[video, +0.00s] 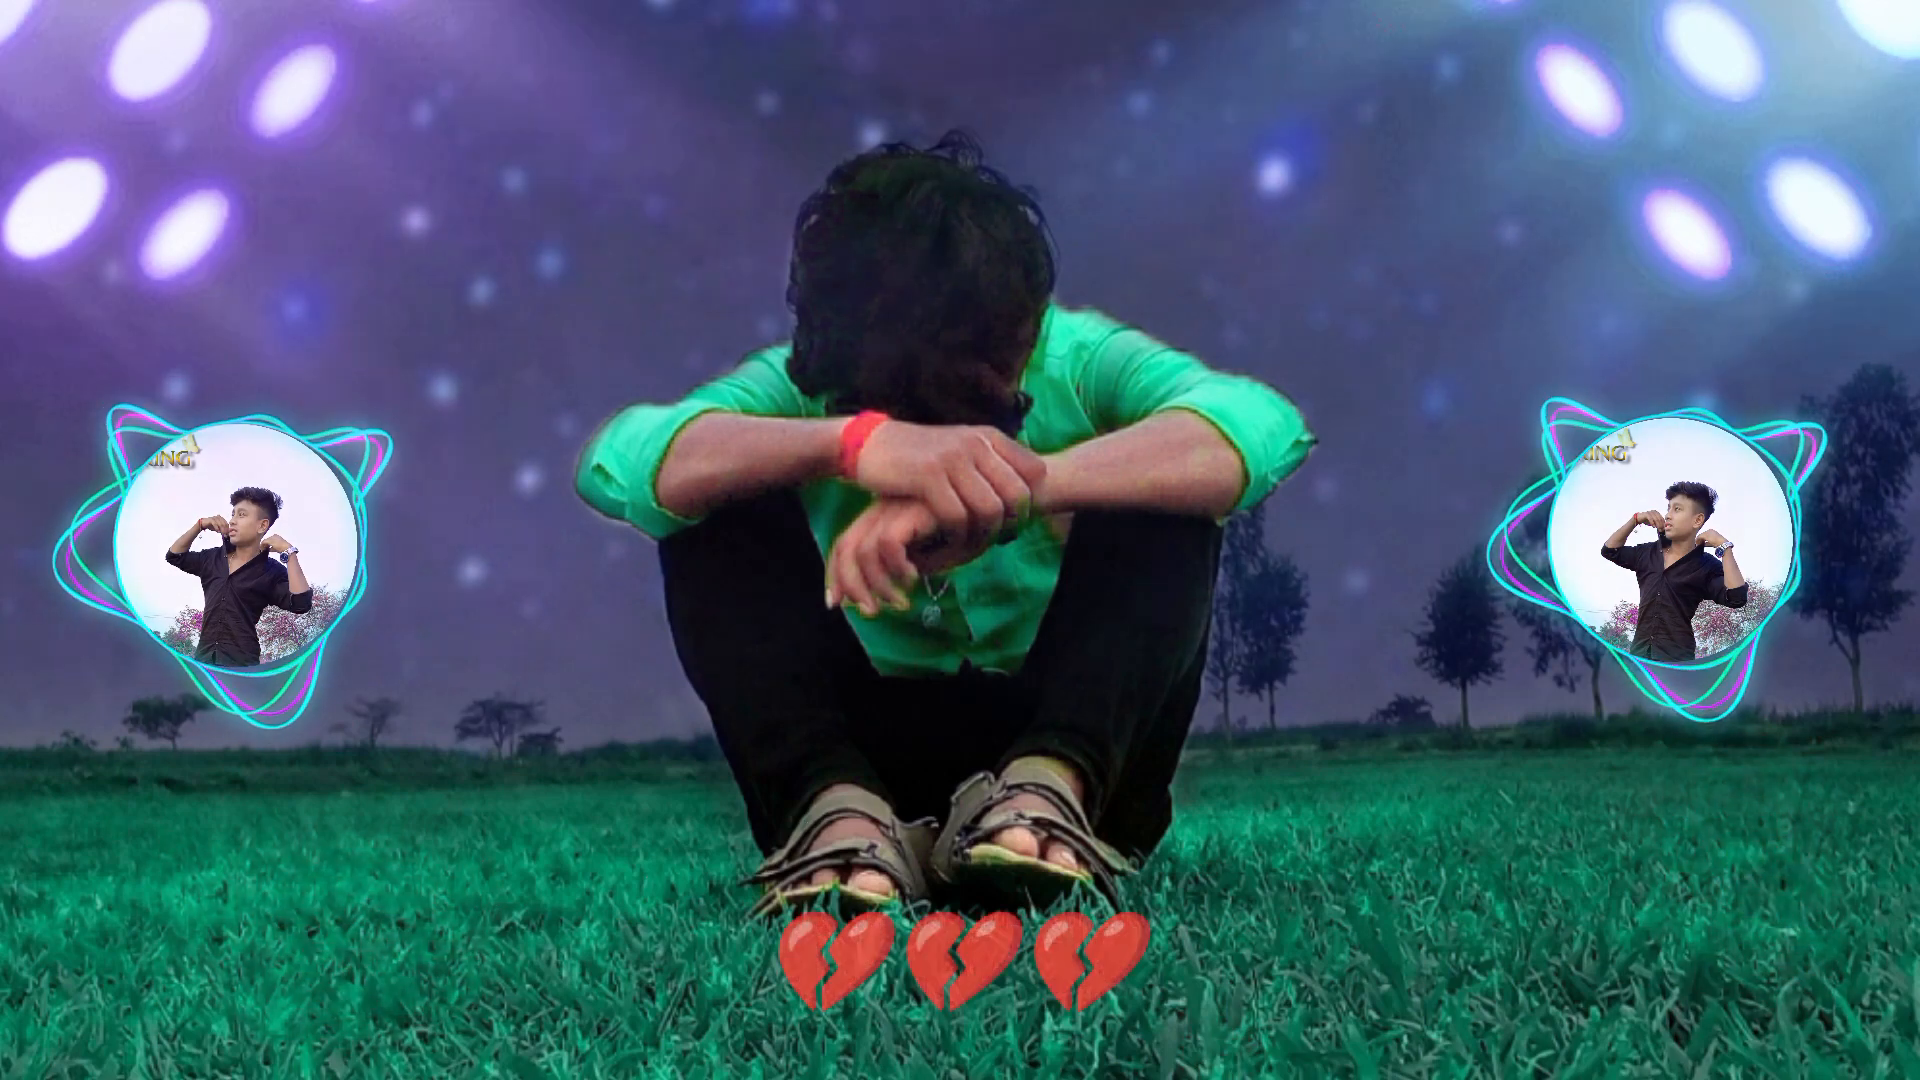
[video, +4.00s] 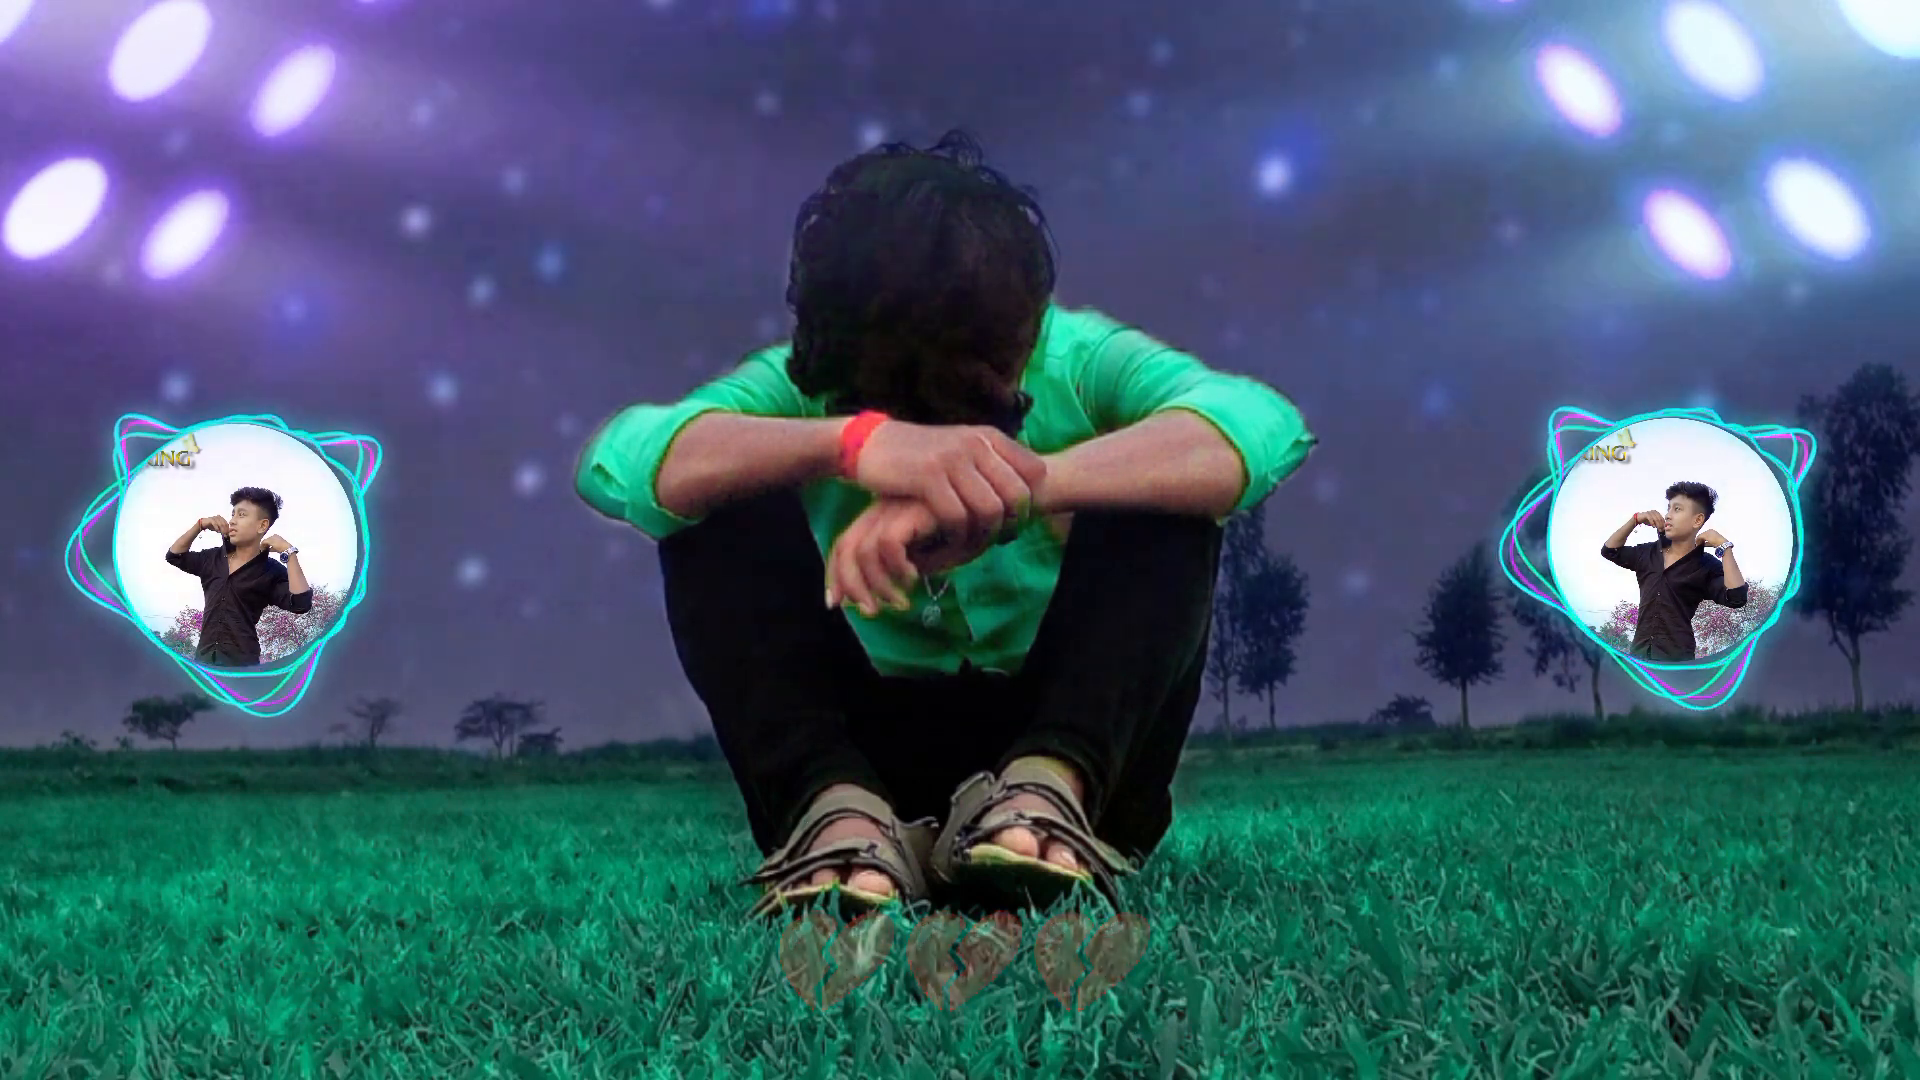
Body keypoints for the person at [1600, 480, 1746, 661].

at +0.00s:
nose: (1667, 515)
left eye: (1677, 509)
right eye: (1668, 509)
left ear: (1698, 520)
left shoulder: (1705, 564)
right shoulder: (1647, 553)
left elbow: (1737, 599)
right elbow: (1609, 551)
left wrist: (1725, 547)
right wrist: (1635, 520)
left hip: (1677, 660)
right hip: (1639, 655)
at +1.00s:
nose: (1667, 515)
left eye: (1677, 509)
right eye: (1668, 509)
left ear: (1698, 520)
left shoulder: (1705, 564)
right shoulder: (1647, 553)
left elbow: (1737, 599)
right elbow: (1609, 551)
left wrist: (1725, 547)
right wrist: (1634, 520)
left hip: (1677, 658)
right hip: (1639, 653)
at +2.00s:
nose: (1667, 515)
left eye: (1677, 509)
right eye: (1668, 509)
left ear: (1698, 520)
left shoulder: (1705, 565)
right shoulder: (1647, 553)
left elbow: (1737, 599)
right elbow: (1609, 551)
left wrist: (1725, 547)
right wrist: (1634, 520)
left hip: (1677, 659)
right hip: (1639, 654)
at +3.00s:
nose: (1667, 515)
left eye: (1677, 509)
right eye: (1668, 508)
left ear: (1698, 520)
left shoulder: (1705, 564)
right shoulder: (1647, 553)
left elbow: (1737, 599)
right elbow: (1609, 551)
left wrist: (1725, 547)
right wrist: (1634, 520)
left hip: (1677, 658)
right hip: (1639, 654)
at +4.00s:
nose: (1667, 515)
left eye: (1677, 509)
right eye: (1668, 508)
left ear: (1698, 520)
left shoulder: (1705, 565)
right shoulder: (1647, 553)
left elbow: (1737, 599)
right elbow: (1609, 551)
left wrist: (1725, 547)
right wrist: (1634, 521)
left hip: (1677, 659)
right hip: (1639, 654)